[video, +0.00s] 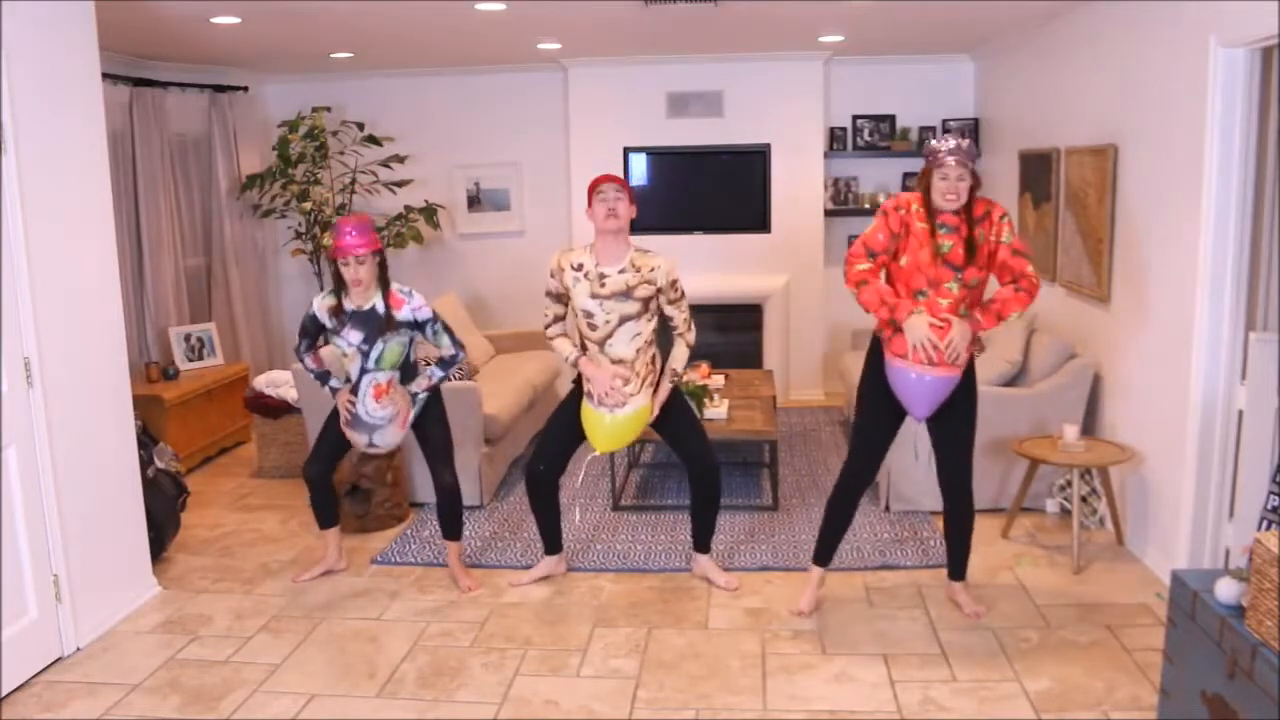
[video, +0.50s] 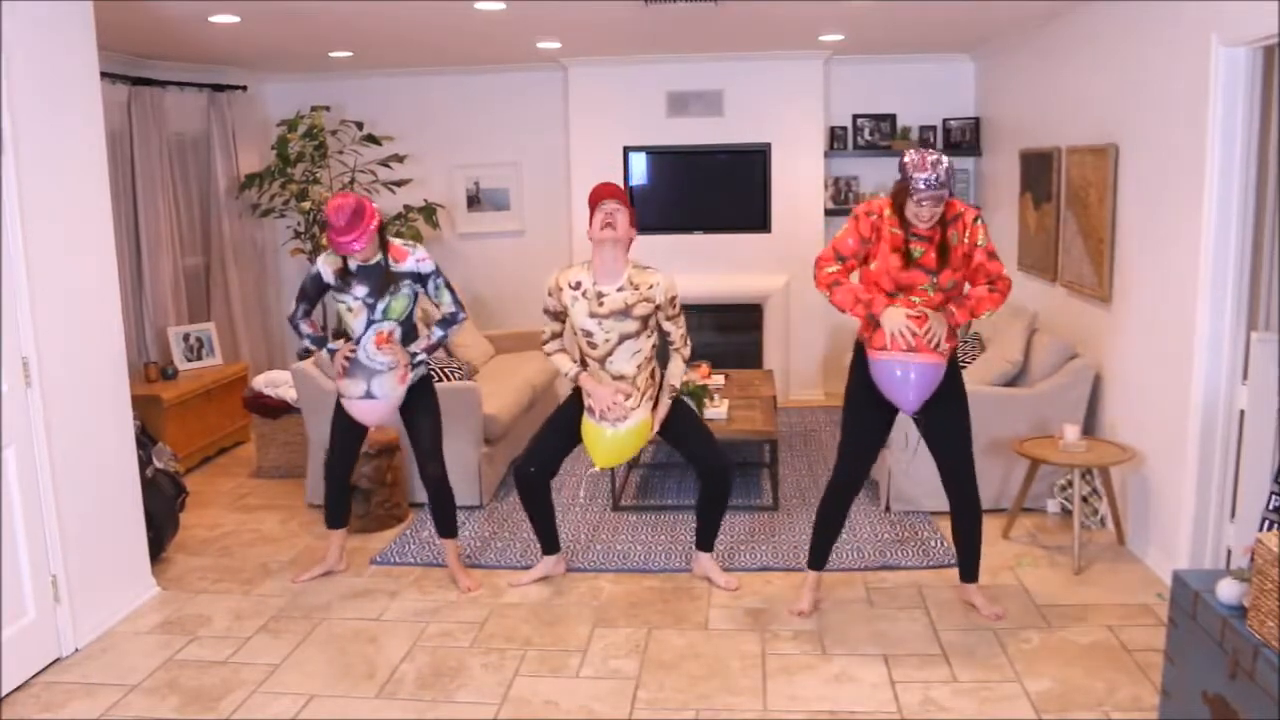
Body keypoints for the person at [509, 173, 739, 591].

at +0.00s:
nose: (611, 205)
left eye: (619, 199)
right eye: (602, 200)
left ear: (633, 211)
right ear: (589, 214)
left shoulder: (656, 269)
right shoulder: (567, 266)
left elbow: (684, 332)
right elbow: (555, 329)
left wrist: (662, 392)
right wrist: (586, 366)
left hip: (651, 386)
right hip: (592, 388)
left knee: (704, 462)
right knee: (540, 468)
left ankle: (702, 556)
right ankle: (553, 556)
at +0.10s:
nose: (610, 206)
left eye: (618, 200)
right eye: (602, 201)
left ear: (632, 213)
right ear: (589, 216)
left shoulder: (656, 272)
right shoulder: (567, 269)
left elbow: (684, 335)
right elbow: (554, 332)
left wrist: (662, 395)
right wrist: (588, 370)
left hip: (651, 387)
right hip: (591, 388)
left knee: (704, 464)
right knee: (537, 468)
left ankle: (702, 556)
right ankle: (552, 556)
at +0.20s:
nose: (609, 207)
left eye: (618, 203)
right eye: (601, 204)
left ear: (633, 220)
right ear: (589, 220)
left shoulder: (656, 276)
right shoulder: (566, 275)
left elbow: (682, 340)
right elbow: (554, 338)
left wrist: (661, 399)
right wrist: (587, 374)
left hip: (652, 391)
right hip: (591, 393)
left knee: (708, 467)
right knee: (534, 470)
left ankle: (702, 556)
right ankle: (552, 556)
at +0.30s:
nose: (608, 209)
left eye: (617, 206)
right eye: (601, 206)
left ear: (633, 224)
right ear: (589, 223)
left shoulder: (656, 279)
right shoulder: (566, 278)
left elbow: (681, 343)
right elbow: (554, 340)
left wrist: (661, 402)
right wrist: (587, 377)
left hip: (652, 392)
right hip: (591, 394)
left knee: (712, 467)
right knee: (533, 470)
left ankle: (703, 555)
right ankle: (552, 556)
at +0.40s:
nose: (607, 213)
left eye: (617, 210)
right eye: (600, 210)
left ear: (632, 229)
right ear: (588, 228)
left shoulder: (655, 282)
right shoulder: (565, 282)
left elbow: (681, 346)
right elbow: (553, 342)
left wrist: (662, 404)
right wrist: (588, 381)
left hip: (652, 393)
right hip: (591, 394)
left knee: (716, 467)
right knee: (530, 470)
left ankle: (704, 555)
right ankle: (552, 556)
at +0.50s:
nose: (607, 214)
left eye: (618, 212)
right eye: (600, 212)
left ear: (632, 233)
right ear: (588, 231)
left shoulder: (655, 284)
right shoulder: (565, 284)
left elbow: (680, 349)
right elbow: (552, 345)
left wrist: (662, 406)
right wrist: (588, 383)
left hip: (652, 393)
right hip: (590, 395)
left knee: (717, 466)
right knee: (529, 470)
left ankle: (704, 554)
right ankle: (552, 556)